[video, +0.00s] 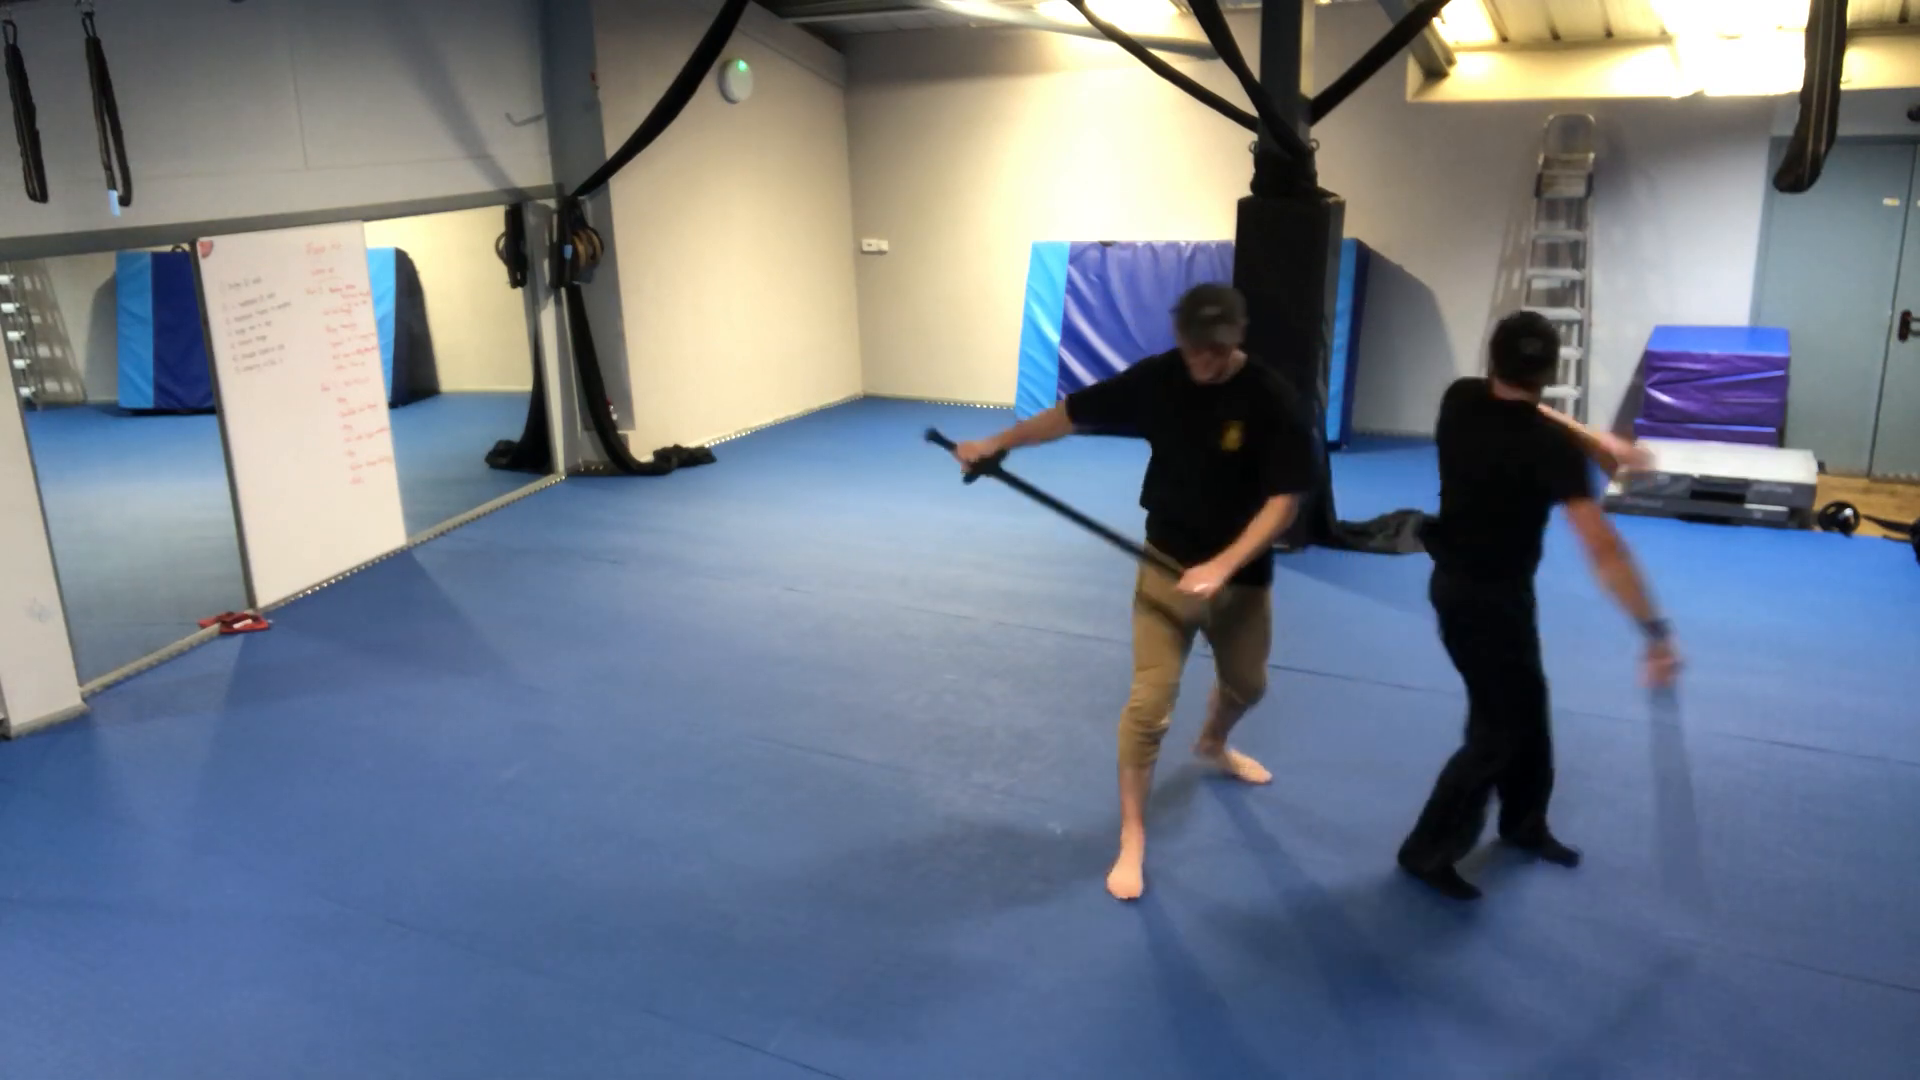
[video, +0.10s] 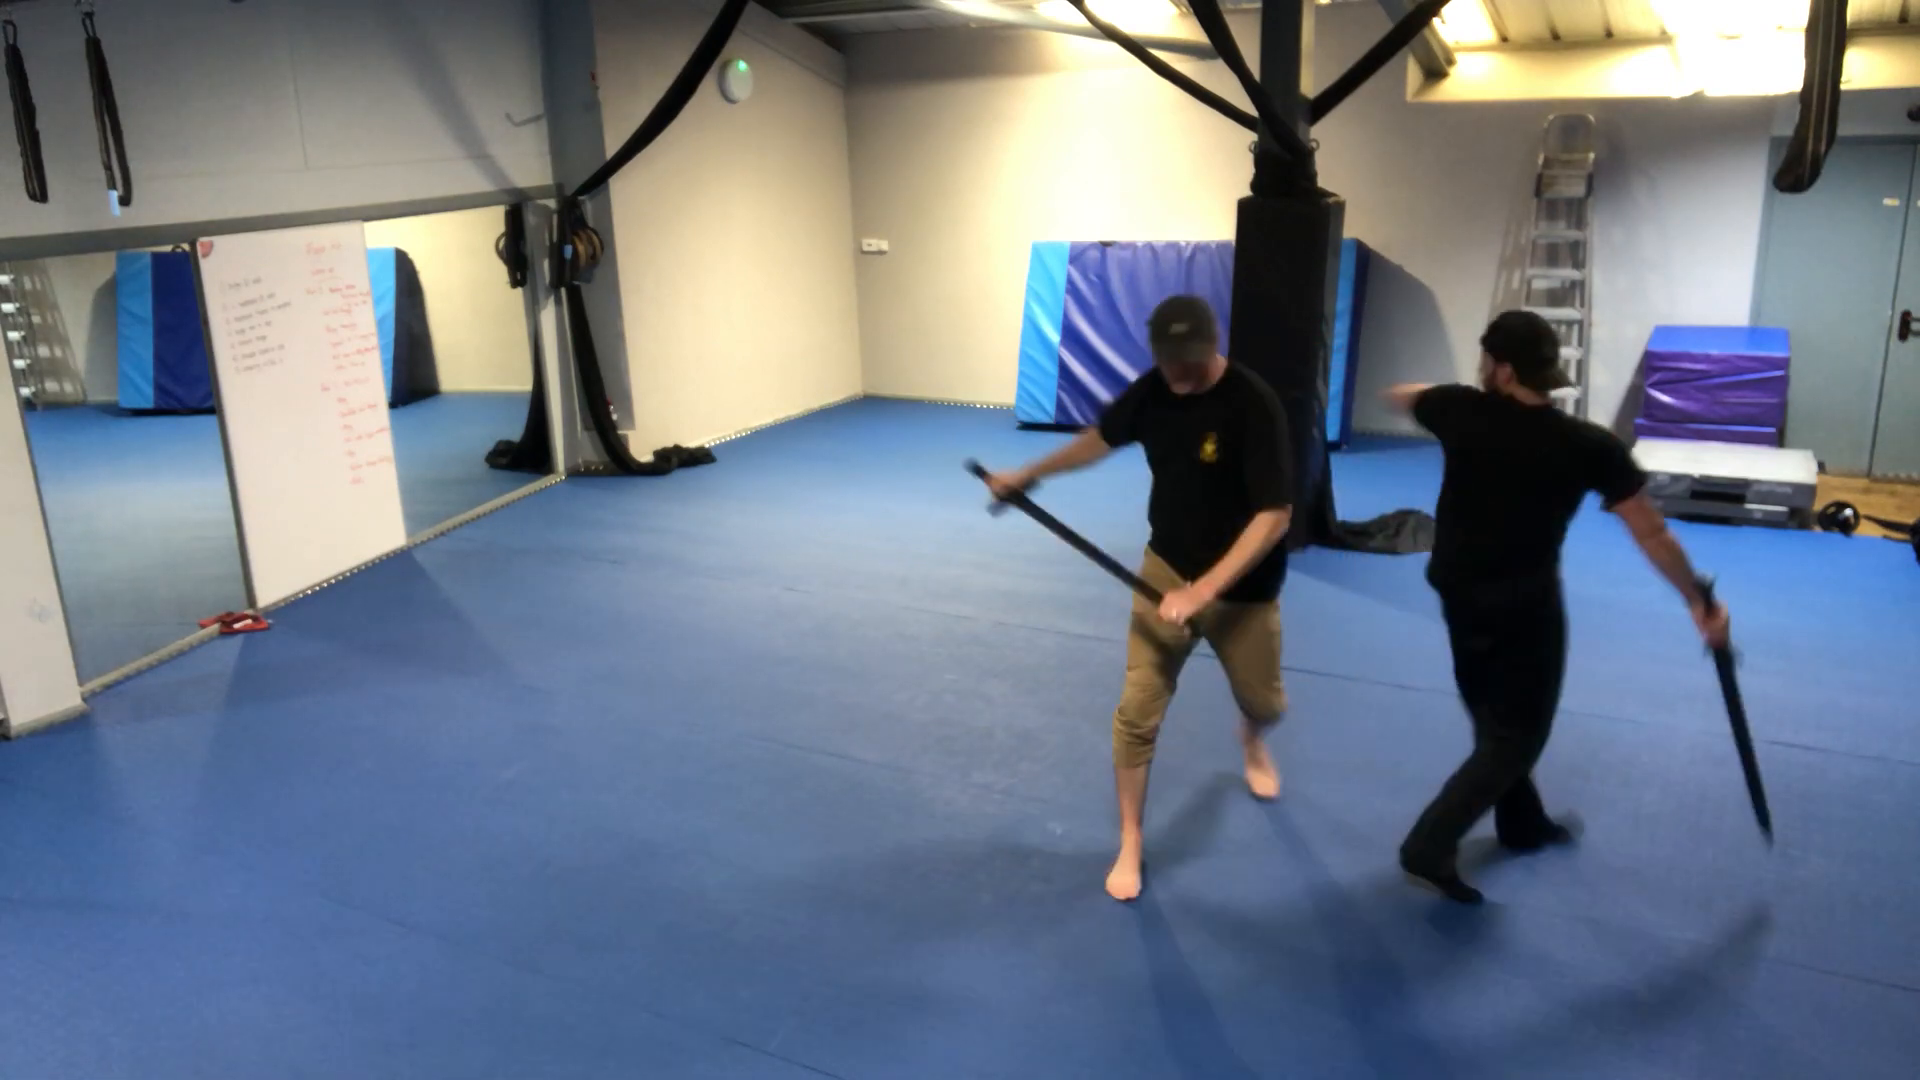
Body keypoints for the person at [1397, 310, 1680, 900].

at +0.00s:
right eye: (1545, 364)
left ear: (1492, 361)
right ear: (1549, 371)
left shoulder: (1460, 399)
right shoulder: (1553, 443)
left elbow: (1530, 415)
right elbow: (1602, 547)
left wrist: (1599, 442)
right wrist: (1653, 630)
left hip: (1456, 584)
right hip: (1499, 601)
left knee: (1521, 705)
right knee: (1498, 728)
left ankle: (1523, 822)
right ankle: (1427, 852)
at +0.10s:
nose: (1482, 370)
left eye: (1485, 361)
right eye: (1486, 361)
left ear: (1500, 367)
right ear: (1549, 370)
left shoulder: (1463, 411)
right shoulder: (1588, 445)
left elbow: (1399, 396)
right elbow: (1652, 534)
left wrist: (1462, 398)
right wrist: (1700, 600)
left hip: (1461, 592)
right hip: (1530, 602)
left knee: (1495, 715)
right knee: (1514, 737)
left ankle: (1522, 822)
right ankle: (1428, 848)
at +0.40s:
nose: (1501, 376)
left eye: (1504, 367)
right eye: (1504, 366)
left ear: (1519, 372)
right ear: (1568, 371)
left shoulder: (1486, 428)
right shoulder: (1607, 436)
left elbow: (1376, 446)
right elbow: (1621, 447)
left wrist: (1417, 431)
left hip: (1493, 607)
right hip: (1572, 617)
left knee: (1479, 706)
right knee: (1538, 753)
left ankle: (1479, 802)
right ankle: (1490, 898)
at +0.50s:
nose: (1510, 367)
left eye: (1513, 358)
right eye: (1513, 356)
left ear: (1531, 363)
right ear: (1576, 362)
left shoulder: (1499, 424)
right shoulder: (1619, 427)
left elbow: (1395, 445)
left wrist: (1337, 443)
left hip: (1504, 603)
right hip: (1581, 614)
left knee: (1491, 694)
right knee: (1547, 745)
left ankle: (1484, 800)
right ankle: (1491, 895)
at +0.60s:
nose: (1517, 361)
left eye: (1520, 352)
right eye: (1519, 351)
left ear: (1538, 355)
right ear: (1582, 353)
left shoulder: (1514, 415)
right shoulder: (1627, 414)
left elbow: (1428, 438)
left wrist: (1354, 435)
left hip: (1517, 593)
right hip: (1594, 600)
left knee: (1506, 705)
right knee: (1560, 743)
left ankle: (1505, 810)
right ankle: (1499, 882)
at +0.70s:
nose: (1524, 353)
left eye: (1529, 343)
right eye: (1526, 342)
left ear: (1552, 347)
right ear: (1586, 346)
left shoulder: (1525, 406)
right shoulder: (1635, 407)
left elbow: (1434, 428)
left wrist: (1355, 439)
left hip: (1529, 582)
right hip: (1605, 588)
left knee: (1516, 701)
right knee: (1585, 710)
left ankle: (1509, 820)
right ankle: (1552, 835)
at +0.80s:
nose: (1533, 348)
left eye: (1539, 337)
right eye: (1535, 336)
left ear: (1568, 342)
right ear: (1594, 344)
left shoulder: (1544, 402)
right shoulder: (1648, 407)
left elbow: (1466, 437)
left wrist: (1375, 463)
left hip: (1542, 576)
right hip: (1616, 580)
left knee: (1522, 701)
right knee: (1611, 686)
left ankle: (1509, 820)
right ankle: (1616, 815)